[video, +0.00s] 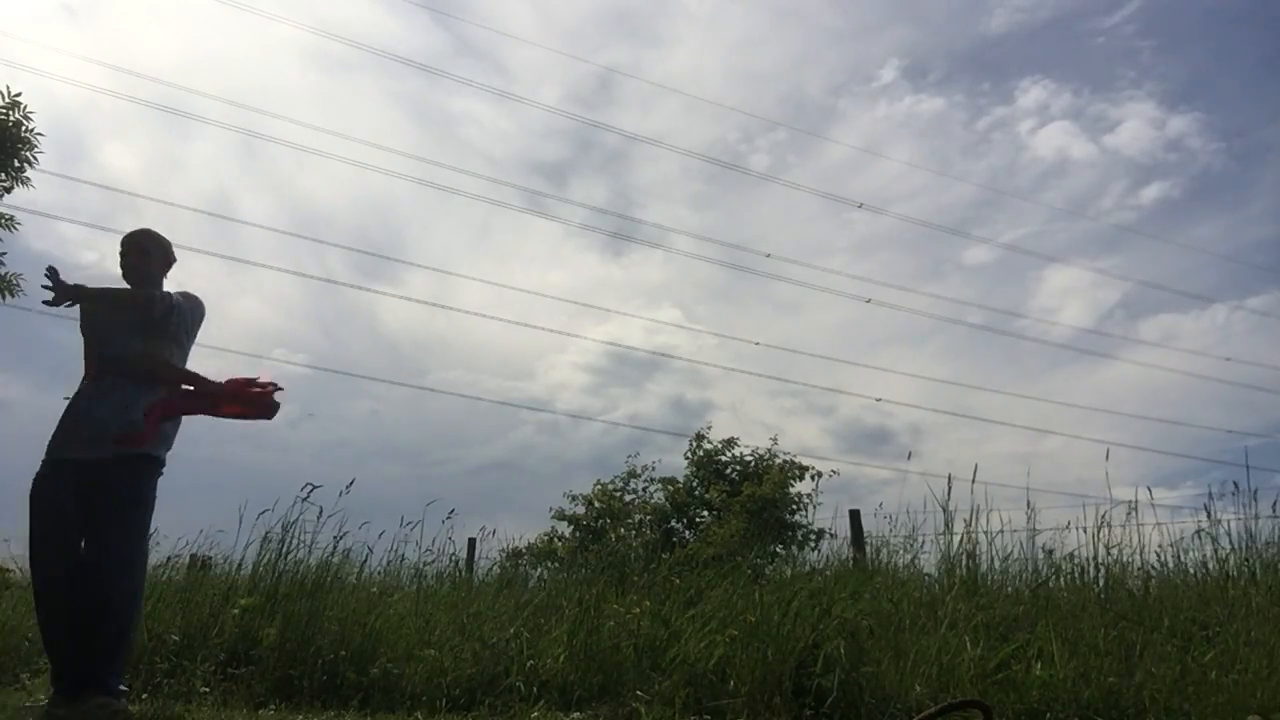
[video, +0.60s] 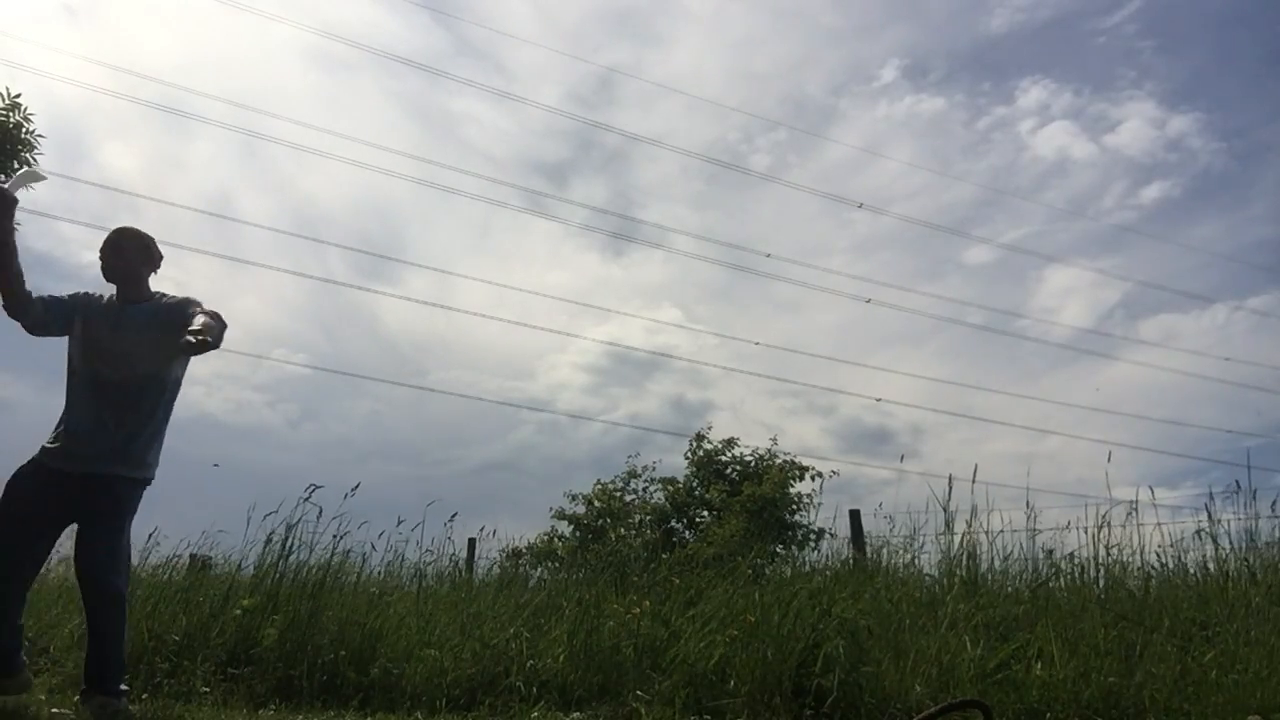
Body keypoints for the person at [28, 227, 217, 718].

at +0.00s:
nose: (131, 261)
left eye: (142, 253)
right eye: (125, 254)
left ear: (167, 262)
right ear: (119, 263)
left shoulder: (188, 307)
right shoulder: (98, 309)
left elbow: (144, 306)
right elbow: (129, 361)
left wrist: (80, 294)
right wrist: (202, 384)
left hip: (132, 459)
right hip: (70, 455)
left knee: (118, 568)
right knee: (54, 568)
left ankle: (106, 686)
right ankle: (68, 686)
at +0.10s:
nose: (136, 262)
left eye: (148, 256)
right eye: (130, 254)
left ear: (168, 266)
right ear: (123, 261)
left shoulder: (183, 311)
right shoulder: (99, 302)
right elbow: (103, 361)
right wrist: (182, 394)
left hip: (137, 459)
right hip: (77, 454)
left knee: (118, 572)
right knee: (70, 572)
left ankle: (110, 689)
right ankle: (78, 688)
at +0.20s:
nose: (133, 257)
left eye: (144, 250)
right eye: (128, 250)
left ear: (167, 263)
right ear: (121, 261)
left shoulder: (183, 318)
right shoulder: (95, 311)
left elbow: (228, 294)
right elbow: (72, 363)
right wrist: (111, 398)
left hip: (136, 469)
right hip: (77, 464)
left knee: (119, 576)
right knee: (66, 572)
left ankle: (109, 687)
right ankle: (80, 684)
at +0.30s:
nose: (132, 259)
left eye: (144, 250)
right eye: (127, 251)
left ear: (168, 261)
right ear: (119, 261)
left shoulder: (189, 315)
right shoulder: (95, 315)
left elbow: (240, 290)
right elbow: (62, 368)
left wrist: (266, 245)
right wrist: (46, 409)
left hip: (136, 466)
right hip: (75, 463)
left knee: (119, 578)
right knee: (56, 570)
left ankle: (109, 691)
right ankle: (71, 686)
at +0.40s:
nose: (128, 256)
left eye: (141, 248)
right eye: (123, 248)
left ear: (165, 259)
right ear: (116, 258)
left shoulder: (191, 312)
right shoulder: (93, 312)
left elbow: (248, 296)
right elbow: (45, 359)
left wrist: (299, 273)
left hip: (134, 464)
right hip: (72, 458)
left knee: (112, 578)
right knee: (32, 562)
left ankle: (107, 691)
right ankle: (61, 680)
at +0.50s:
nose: (123, 257)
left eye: (135, 249)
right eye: (117, 249)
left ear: (159, 259)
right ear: (109, 259)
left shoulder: (184, 312)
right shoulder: (89, 309)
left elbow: (235, 308)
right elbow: (34, 335)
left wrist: (279, 305)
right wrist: (2, 312)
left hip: (129, 466)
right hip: (68, 456)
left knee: (108, 578)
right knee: (13, 539)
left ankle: (104, 693)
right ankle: (33, 668)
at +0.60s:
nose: (113, 261)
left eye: (124, 251)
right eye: (107, 254)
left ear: (151, 261)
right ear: (102, 266)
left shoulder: (171, 310)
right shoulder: (86, 309)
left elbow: (210, 318)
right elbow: (23, 306)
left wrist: (206, 331)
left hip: (123, 473)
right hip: (61, 461)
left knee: (104, 582)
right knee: (7, 556)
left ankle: (106, 692)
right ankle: (8, 669)